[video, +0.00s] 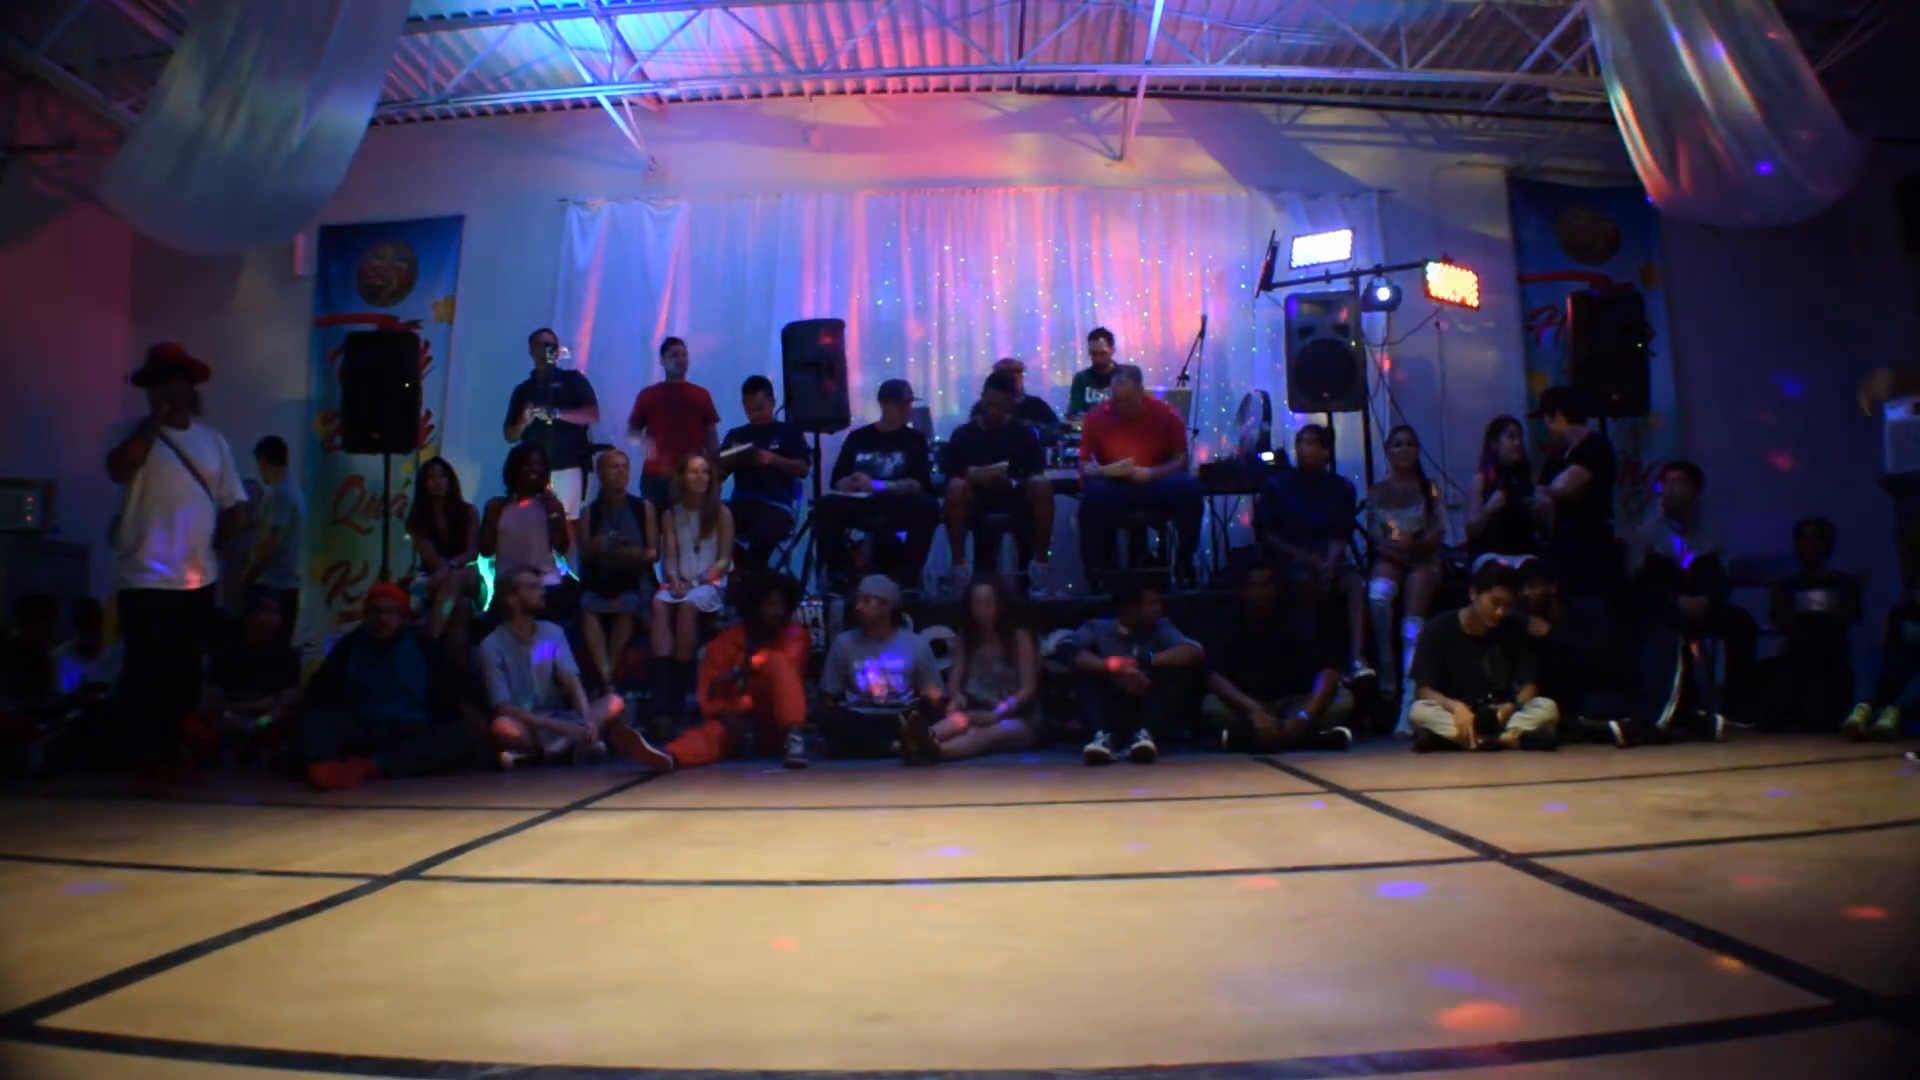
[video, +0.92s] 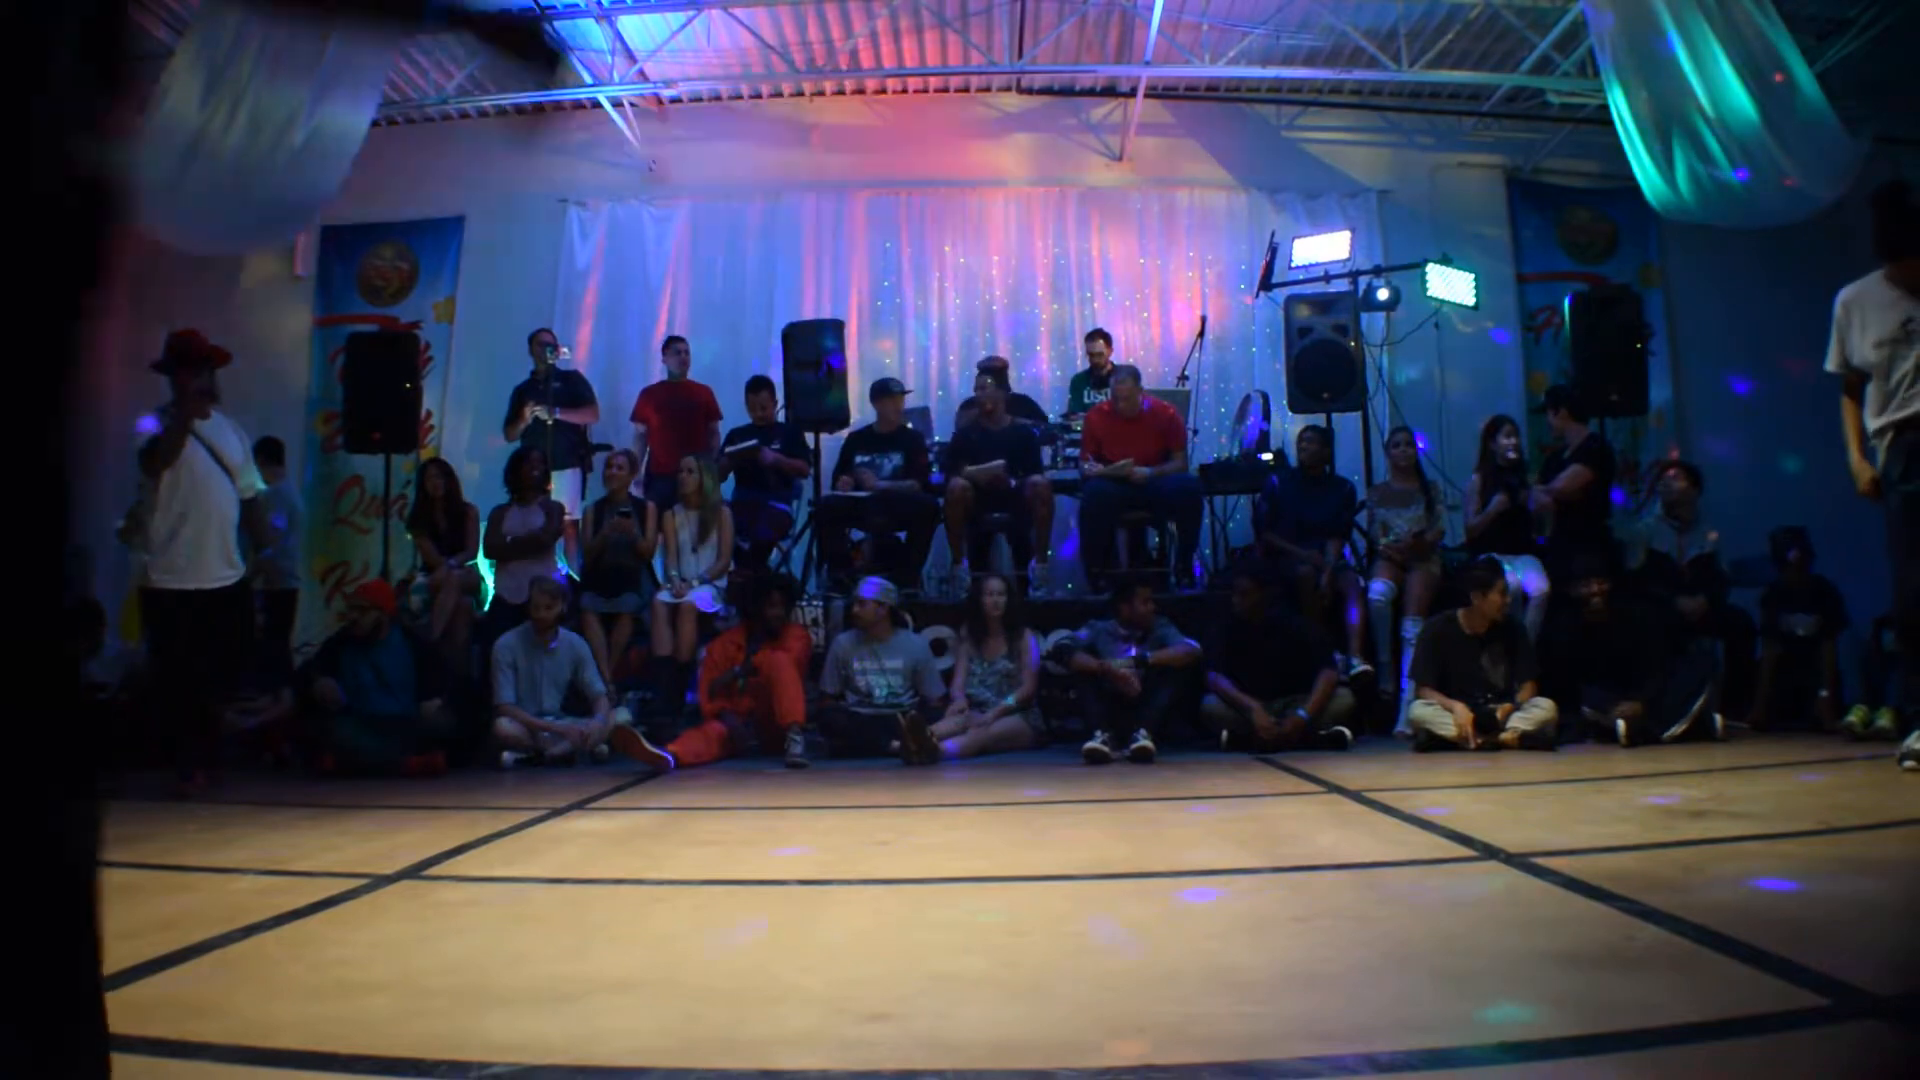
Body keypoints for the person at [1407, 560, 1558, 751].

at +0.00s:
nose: (1500, 612)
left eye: (1506, 606)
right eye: (1495, 603)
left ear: (1512, 606)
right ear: (1474, 595)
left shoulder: (1512, 630)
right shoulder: (1439, 629)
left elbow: (1530, 686)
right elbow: (1424, 690)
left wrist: (1509, 708)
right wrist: (1457, 707)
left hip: (1501, 707)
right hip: (1459, 711)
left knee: (1547, 707)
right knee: (1419, 711)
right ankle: (1505, 741)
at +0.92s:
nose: (1507, 601)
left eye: (1507, 594)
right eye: (1501, 594)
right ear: (1476, 597)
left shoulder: (1512, 628)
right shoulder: (1438, 629)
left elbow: (1528, 686)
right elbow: (1423, 689)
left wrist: (1511, 706)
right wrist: (1456, 707)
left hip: (1500, 706)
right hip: (1456, 708)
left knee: (1546, 708)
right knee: (1418, 711)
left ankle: (1470, 742)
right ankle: (1504, 740)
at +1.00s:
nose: (1507, 600)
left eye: (1506, 594)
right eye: (1501, 593)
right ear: (1476, 597)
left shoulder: (1512, 629)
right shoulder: (1437, 629)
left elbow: (1528, 685)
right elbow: (1423, 689)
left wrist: (1512, 706)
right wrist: (1456, 707)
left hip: (1500, 706)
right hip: (1456, 709)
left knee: (1546, 708)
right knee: (1418, 711)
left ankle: (1469, 742)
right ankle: (1504, 740)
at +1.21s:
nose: (1506, 600)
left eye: (1506, 593)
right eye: (1501, 592)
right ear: (1477, 597)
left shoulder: (1511, 629)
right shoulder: (1437, 629)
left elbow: (1528, 684)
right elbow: (1423, 689)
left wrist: (1511, 707)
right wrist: (1456, 708)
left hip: (1500, 706)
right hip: (1456, 709)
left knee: (1546, 708)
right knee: (1418, 711)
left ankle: (1463, 743)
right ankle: (1505, 740)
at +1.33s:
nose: (1507, 600)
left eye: (1508, 593)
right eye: (1501, 593)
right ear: (1475, 595)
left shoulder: (1514, 629)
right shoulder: (1440, 629)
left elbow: (1528, 684)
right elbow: (1423, 689)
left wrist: (1511, 706)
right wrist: (1456, 708)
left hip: (1500, 706)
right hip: (1456, 708)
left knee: (1546, 707)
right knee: (1418, 711)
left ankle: (1462, 743)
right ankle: (1505, 740)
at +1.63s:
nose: (1501, 596)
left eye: (1505, 588)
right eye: (1494, 587)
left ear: (1510, 592)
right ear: (1471, 591)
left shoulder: (1516, 629)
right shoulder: (1444, 628)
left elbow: (1529, 684)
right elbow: (1424, 689)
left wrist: (1508, 706)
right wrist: (1456, 708)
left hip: (1501, 706)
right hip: (1457, 706)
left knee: (1545, 707)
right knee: (1417, 711)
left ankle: (1461, 743)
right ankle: (1501, 740)